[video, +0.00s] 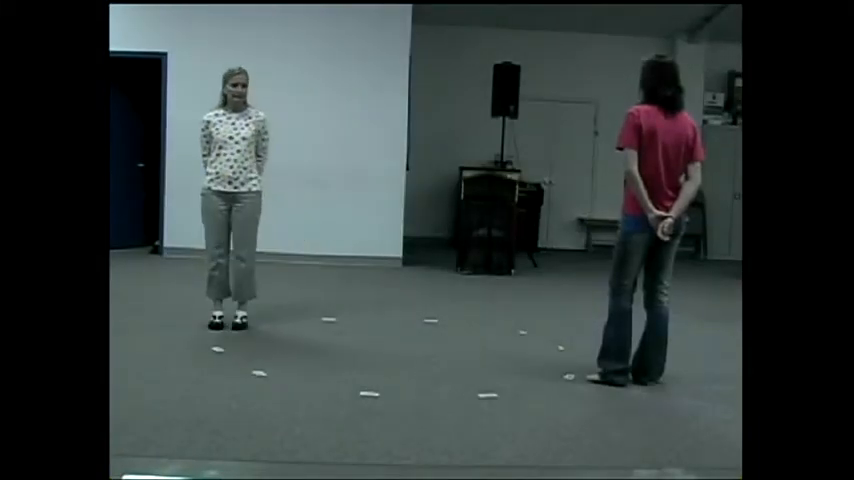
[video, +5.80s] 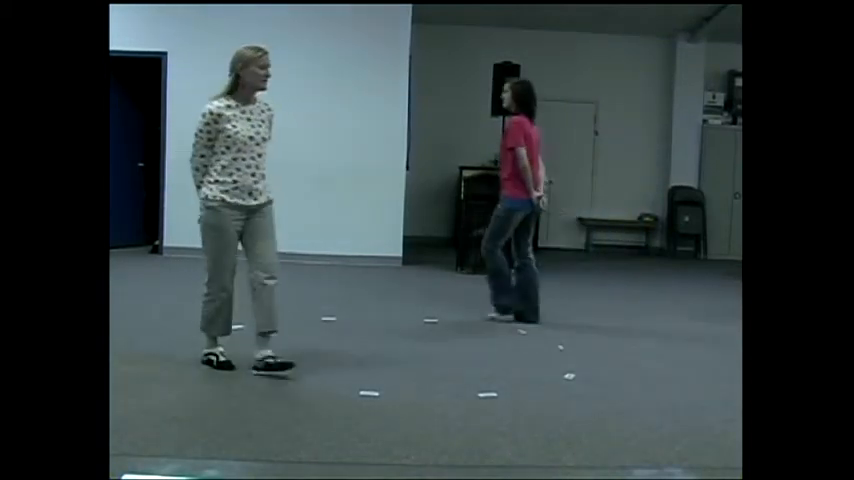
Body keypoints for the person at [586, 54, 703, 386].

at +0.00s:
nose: (642, 86)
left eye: (643, 80)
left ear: (647, 84)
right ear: (676, 85)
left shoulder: (638, 116)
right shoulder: (689, 124)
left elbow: (631, 168)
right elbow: (694, 178)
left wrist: (651, 210)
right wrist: (673, 216)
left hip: (638, 219)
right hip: (672, 220)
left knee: (622, 291)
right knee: (658, 293)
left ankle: (614, 368)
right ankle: (649, 370)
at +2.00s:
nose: (655, 84)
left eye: (655, 78)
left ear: (653, 83)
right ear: (685, 87)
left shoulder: (637, 114)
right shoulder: (692, 124)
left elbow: (625, 163)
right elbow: (693, 178)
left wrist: (643, 207)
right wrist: (665, 212)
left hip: (635, 215)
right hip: (671, 218)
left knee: (621, 289)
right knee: (660, 294)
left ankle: (613, 361)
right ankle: (648, 369)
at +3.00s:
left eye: (608, 85)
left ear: (606, 88)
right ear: (634, 90)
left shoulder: (594, 120)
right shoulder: (644, 126)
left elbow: (588, 163)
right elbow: (649, 173)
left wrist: (606, 201)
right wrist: (628, 207)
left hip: (600, 208)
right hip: (631, 210)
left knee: (606, 276)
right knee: (614, 273)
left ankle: (606, 351)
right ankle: (611, 341)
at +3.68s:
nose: (577, 97)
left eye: (579, 92)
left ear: (579, 95)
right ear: (605, 96)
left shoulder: (572, 125)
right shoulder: (616, 128)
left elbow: (571, 168)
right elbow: (622, 170)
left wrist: (588, 201)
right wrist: (607, 202)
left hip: (579, 207)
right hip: (608, 207)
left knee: (571, 265)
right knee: (603, 271)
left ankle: (574, 325)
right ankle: (595, 331)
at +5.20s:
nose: (548, 96)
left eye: (551, 92)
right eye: (550, 91)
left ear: (558, 97)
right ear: (574, 98)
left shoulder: (552, 121)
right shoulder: (583, 126)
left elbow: (558, 158)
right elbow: (592, 164)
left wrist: (576, 189)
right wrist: (588, 191)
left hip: (559, 198)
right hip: (577, 198)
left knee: (571, 260)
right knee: (555, 256)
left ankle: (581, 322)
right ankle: (549, 314)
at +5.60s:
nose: (525, 101)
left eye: (527, 97)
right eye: (527, 96)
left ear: (531, 101)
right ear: (549, 102)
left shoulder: (528, 126)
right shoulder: (551, 130)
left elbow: (535, 164)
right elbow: (558, 166)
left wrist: (547, 194)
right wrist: (557, 195)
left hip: (529, 201)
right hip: (547, 202)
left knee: (520, 254)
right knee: (529, 254)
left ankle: (554, 302)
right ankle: (528, 312)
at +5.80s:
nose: (502, 96)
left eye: (506, 92)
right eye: (503, 92)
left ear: (516, 97)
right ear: (524, 99)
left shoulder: (515, 124)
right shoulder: (531, 127)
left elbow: (522, 160)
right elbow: (538, 163)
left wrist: (533, 190)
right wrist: (540, 190)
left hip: (513, 198)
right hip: (530, 199)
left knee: (491, 246)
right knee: (523, 251)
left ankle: (505, 304)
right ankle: (528, 310)